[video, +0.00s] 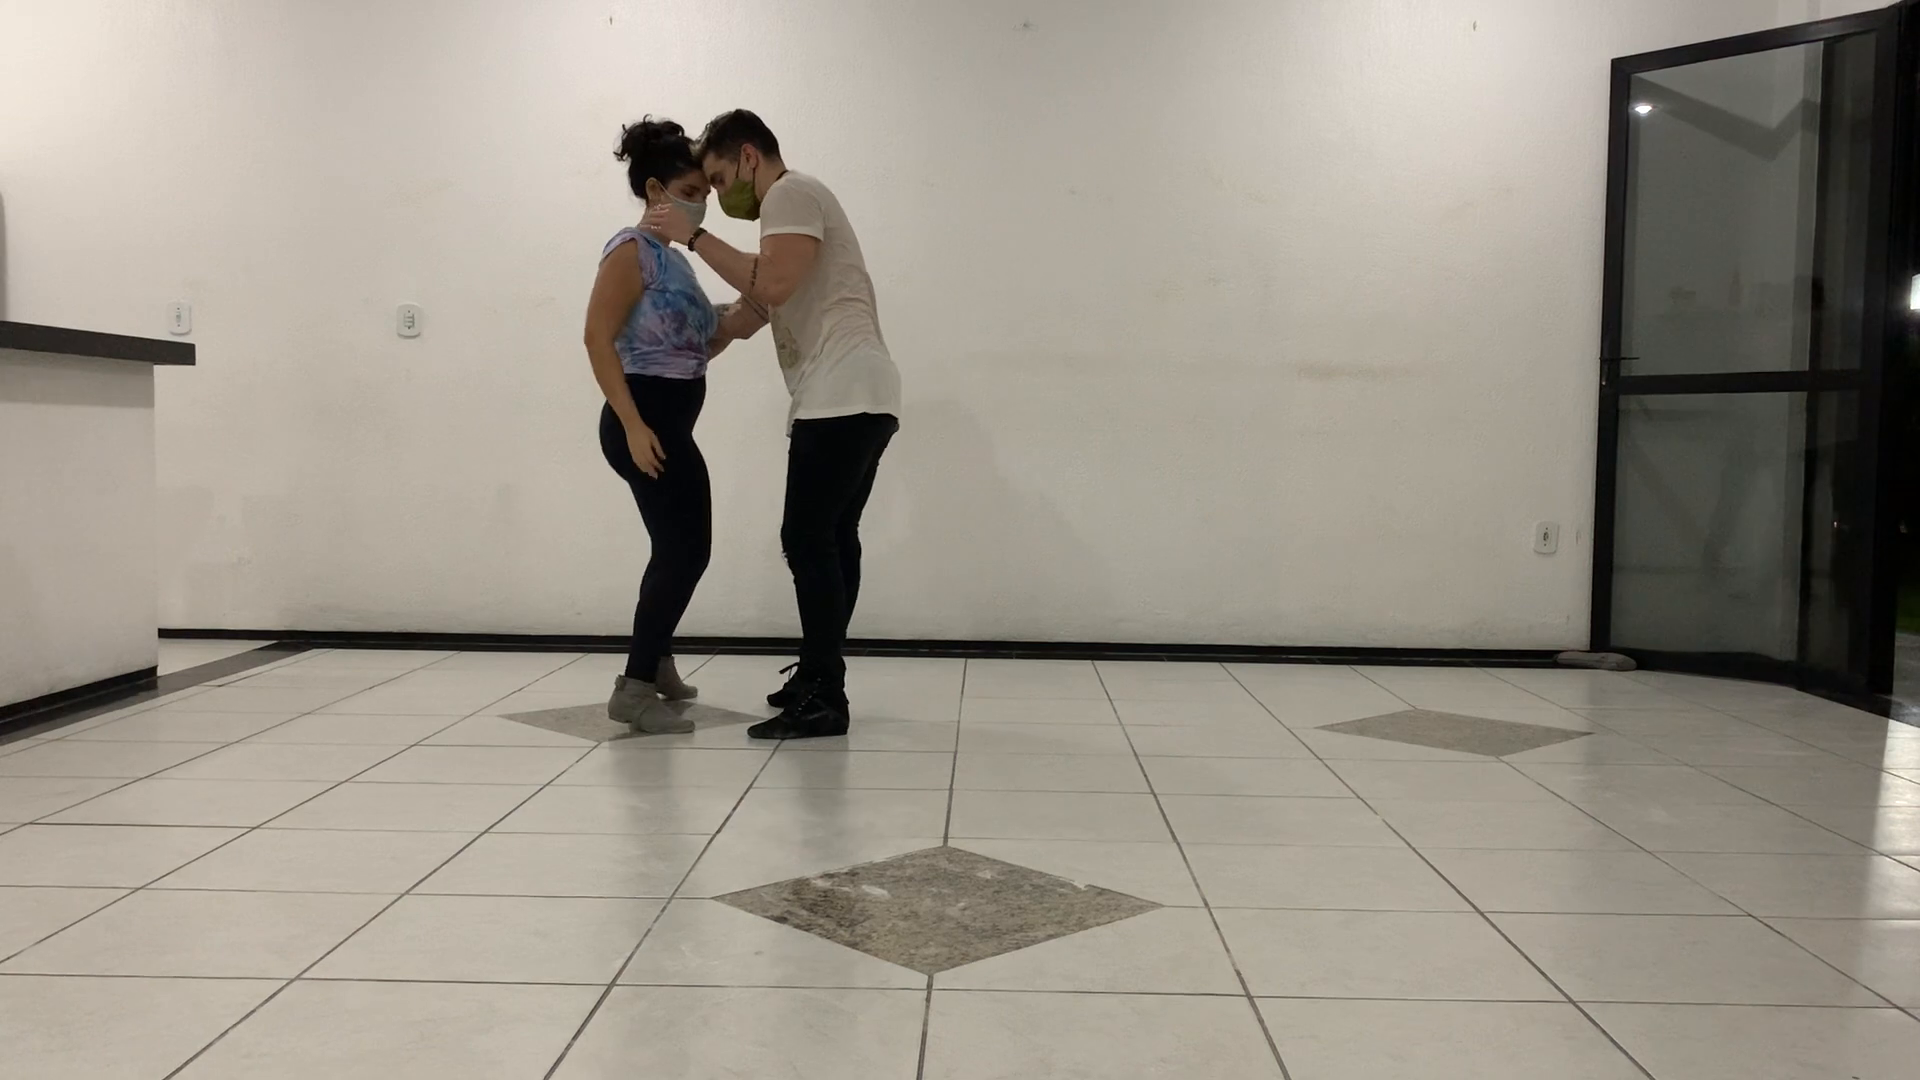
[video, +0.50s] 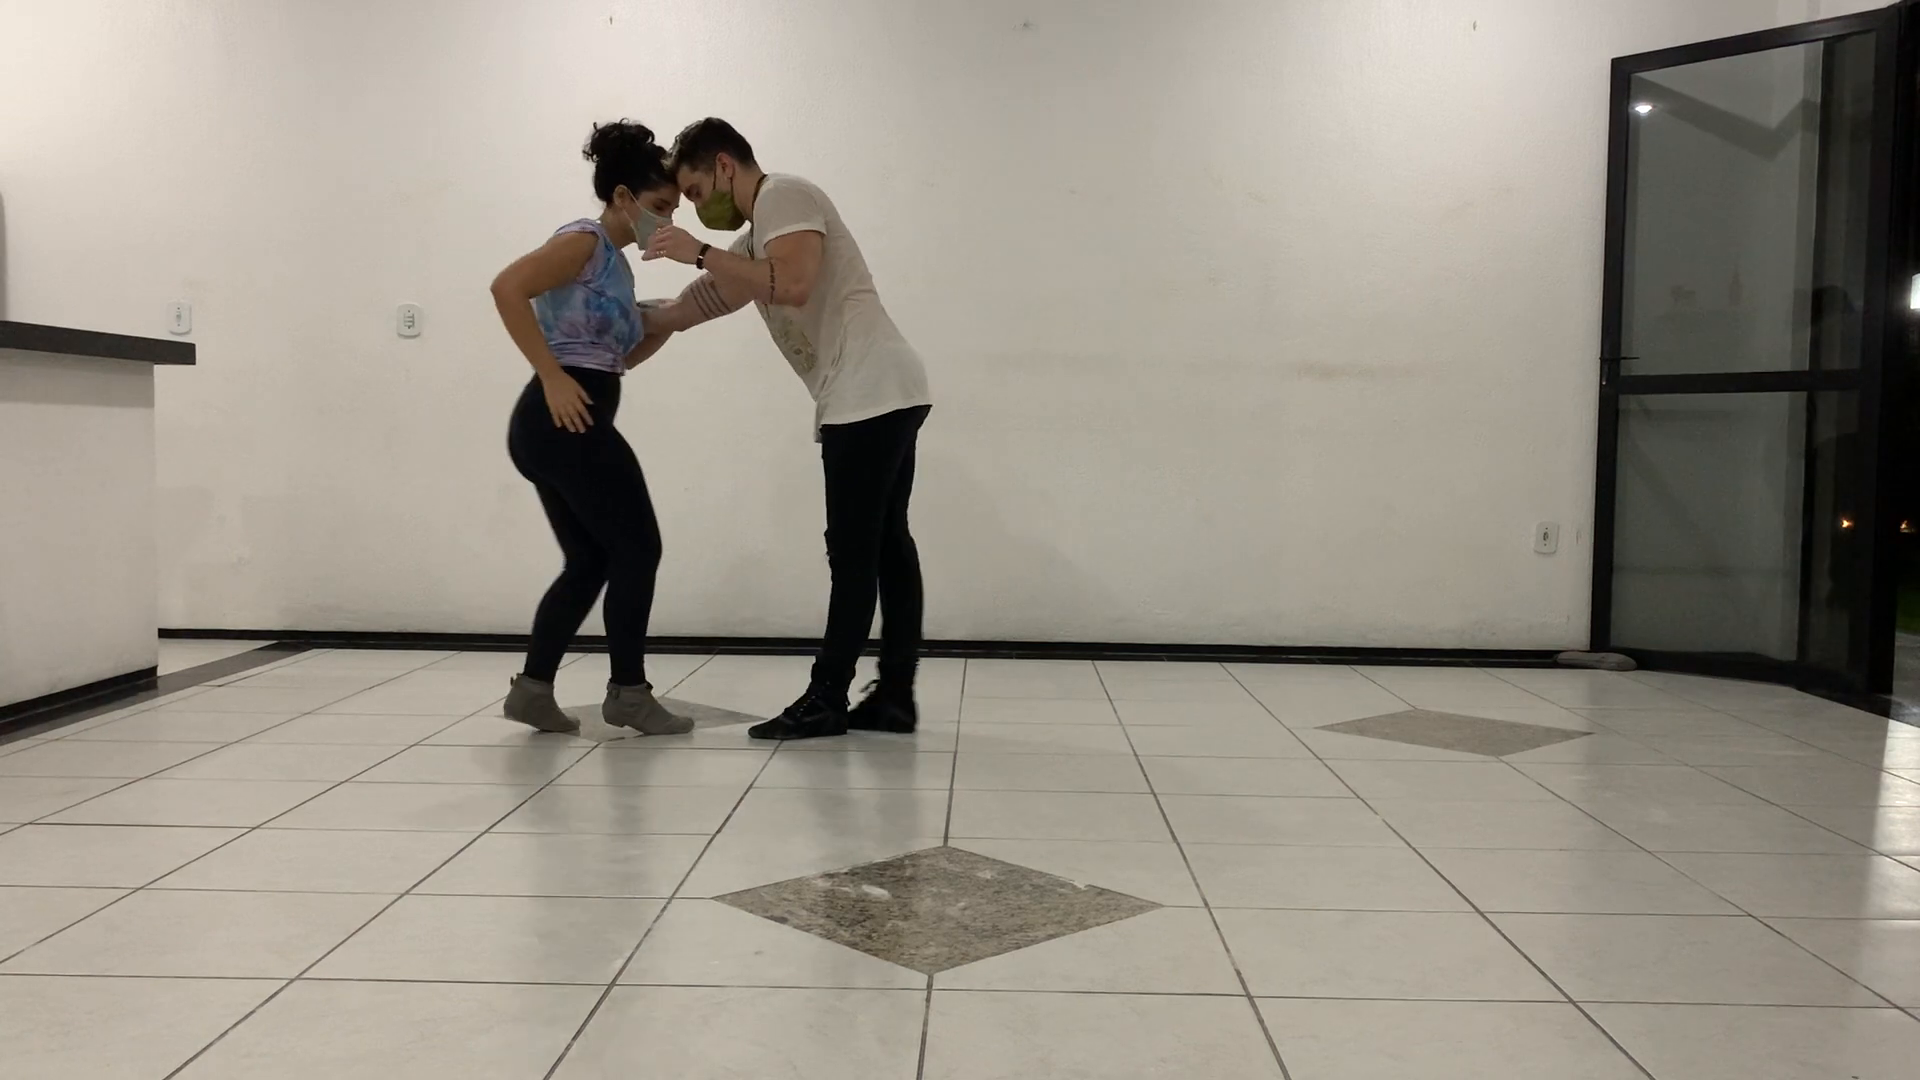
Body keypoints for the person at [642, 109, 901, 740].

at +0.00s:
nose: (721, 196)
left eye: (719, 181)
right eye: (714, 188)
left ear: (749, 157)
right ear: (756, 160)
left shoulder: (794, 194)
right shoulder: (797, 208)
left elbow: (772, 283)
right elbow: (746, 318)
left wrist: (692, 233)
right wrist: (675, 339)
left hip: (841, 396)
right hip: (853, 396)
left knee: (807, 537)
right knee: (833, 537)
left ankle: (823, 696)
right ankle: (817, 678)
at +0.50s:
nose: (694, 204)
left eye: (694, 188)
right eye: (688, 195)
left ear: (727, 164)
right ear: (726, 172)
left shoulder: (784, 197)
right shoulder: (760, 242)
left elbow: (793, 284)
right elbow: (682, 309)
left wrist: (698, 253)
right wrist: (592, 315)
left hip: (867, 395)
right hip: (878, 394)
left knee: (851, 548)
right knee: (892, 543)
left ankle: (825, 700)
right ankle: (895, 696)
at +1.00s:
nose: (670, 201)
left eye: (671, 185)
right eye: (664, 191)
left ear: (704, 160)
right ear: (702, 168)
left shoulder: (773, 195)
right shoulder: (726, 240)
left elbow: (800, 280)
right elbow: (665, 328)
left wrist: (704, 246)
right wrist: (578, 347)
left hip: (836, 395)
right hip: (788, 401)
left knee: (798, 540)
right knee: (729, 512)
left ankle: (824, 702)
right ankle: (873, 496)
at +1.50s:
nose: (632, 185)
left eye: (635, 168)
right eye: (624, 174)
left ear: (671, 144)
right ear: (659, 155)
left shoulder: (744, 193)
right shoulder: (665, 235)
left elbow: (782, 286)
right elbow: (626, 328)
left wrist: (691, 272)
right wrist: (540, 318)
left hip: (773, 400)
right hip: (706, 414)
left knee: (781, 548)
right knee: (684, 547)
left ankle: (810, 696)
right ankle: (648, 687)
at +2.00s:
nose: (656, 131)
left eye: (667, 119)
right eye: (657, 120)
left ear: (710, 124)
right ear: (697, 127)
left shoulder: (760, 199)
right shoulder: (660, 227)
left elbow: (799, 297)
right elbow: (613, 308)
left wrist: (712, 294)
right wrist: (539, 318)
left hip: (763, 405)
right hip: (690, 416)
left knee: (795, 547)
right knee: (681, 553)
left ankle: (814, 695)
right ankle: (649, 687)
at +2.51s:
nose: (667, 127)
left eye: (680, 116)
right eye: (669, 115)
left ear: (720, 125)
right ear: (704, 126)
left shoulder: (772, 203)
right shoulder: (663, 222)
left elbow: (817, 299)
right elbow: (595, 288)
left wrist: (740, 304)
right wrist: (523, 314)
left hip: (768, 406)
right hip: (694, 416)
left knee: (797, 550)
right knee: (682, 553)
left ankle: (815, 696)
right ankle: (649, 688)